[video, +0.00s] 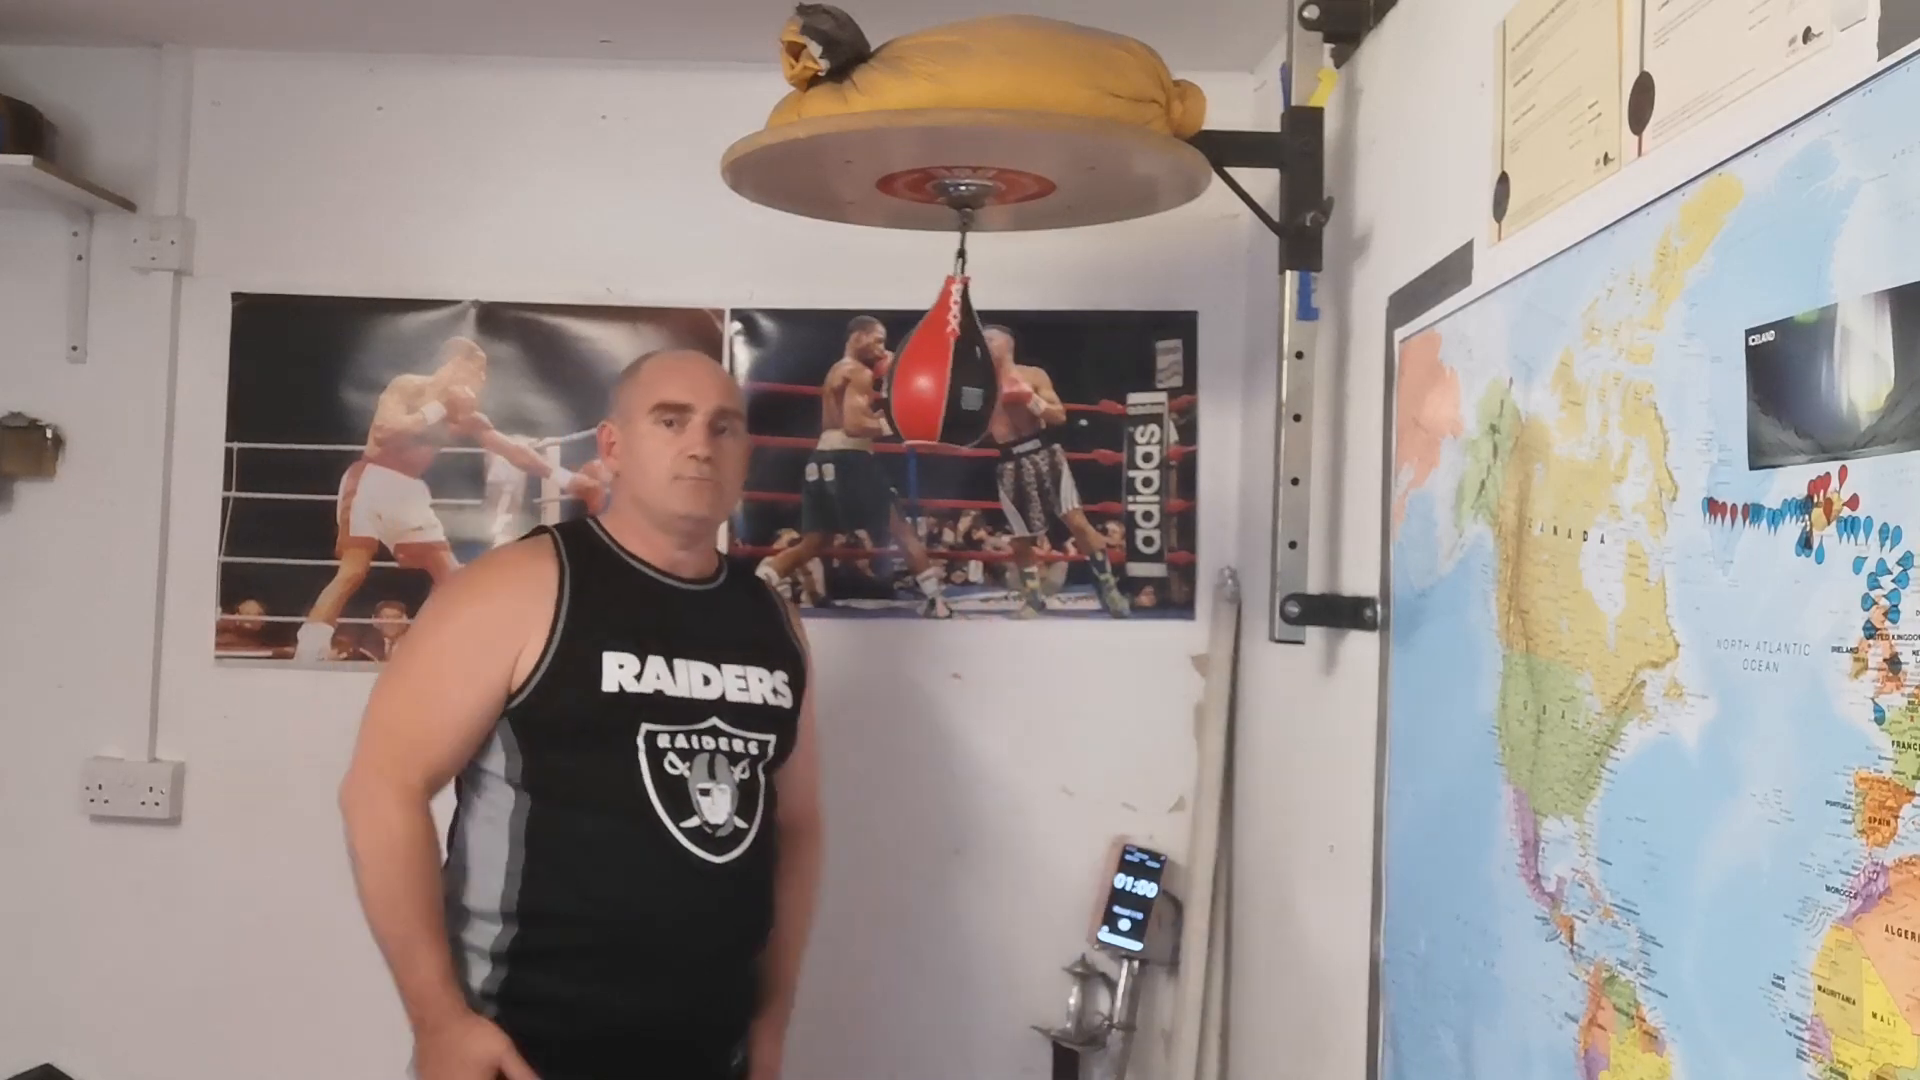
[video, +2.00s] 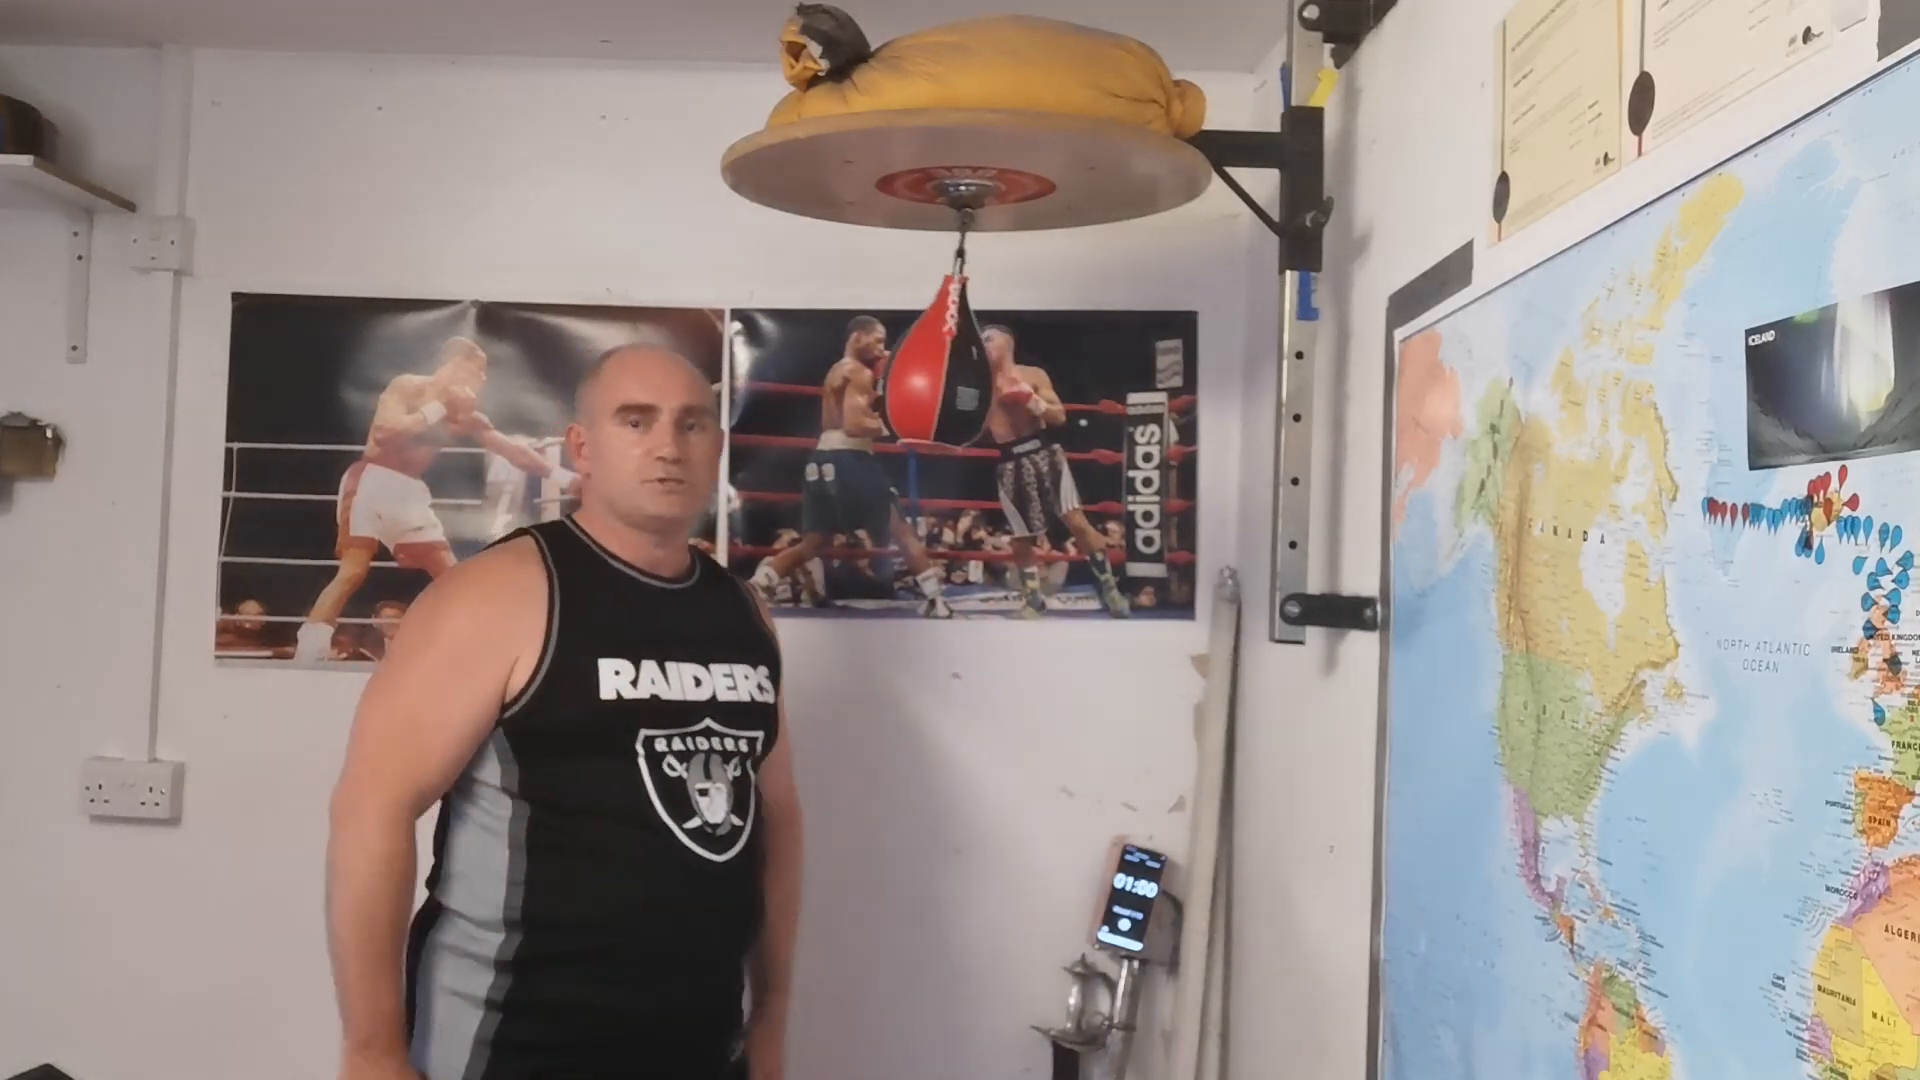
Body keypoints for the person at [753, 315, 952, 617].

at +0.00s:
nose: (881, 348)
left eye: (883, 342)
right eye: (877, 341)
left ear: (855, 340)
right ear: (857, 337)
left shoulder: (833, 373)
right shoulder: (858, 372)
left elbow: (834, 422)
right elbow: (853, 425)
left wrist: (880, 375)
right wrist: (888, 424)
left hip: (821, 462)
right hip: (852, 462)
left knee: (815, 542)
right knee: (902, 529)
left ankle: (754, 589)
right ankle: (936, 598)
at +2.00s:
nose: (882, 349)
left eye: (883, 343)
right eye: (878, 341)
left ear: (854, 341)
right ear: (857, 338)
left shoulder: (833, 373)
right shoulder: (859, 373)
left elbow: (834, 421)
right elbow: (854, 424)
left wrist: (876, 372)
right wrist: (886, 425)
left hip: (820, 462)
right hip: (853, 462)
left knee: (814, 542)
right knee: (903, 531)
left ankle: (754, 588)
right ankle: (937, 600)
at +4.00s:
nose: (881, 348)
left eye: (882, 342)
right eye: (878, 341)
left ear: (855, 340)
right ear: (857, 337)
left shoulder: (833, 373)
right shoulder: (859, 373)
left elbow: (834, 422)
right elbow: (854, 425)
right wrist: (887, 424)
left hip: (820, 462)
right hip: (853, 461)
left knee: (815, 541)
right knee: (900, 529)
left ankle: (756, 588)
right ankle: (936, 597)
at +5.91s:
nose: (881, 349)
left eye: (883, 343)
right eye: (878, 341)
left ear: (855, 340)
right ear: (858, 337)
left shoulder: (833, 373)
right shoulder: (859, 373)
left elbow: (835, 421)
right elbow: (854, 425)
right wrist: (891, 422)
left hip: (820, 463)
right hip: (852, 463)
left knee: (814, 542)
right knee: (902, 530)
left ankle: (755, 587)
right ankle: (935, 598)